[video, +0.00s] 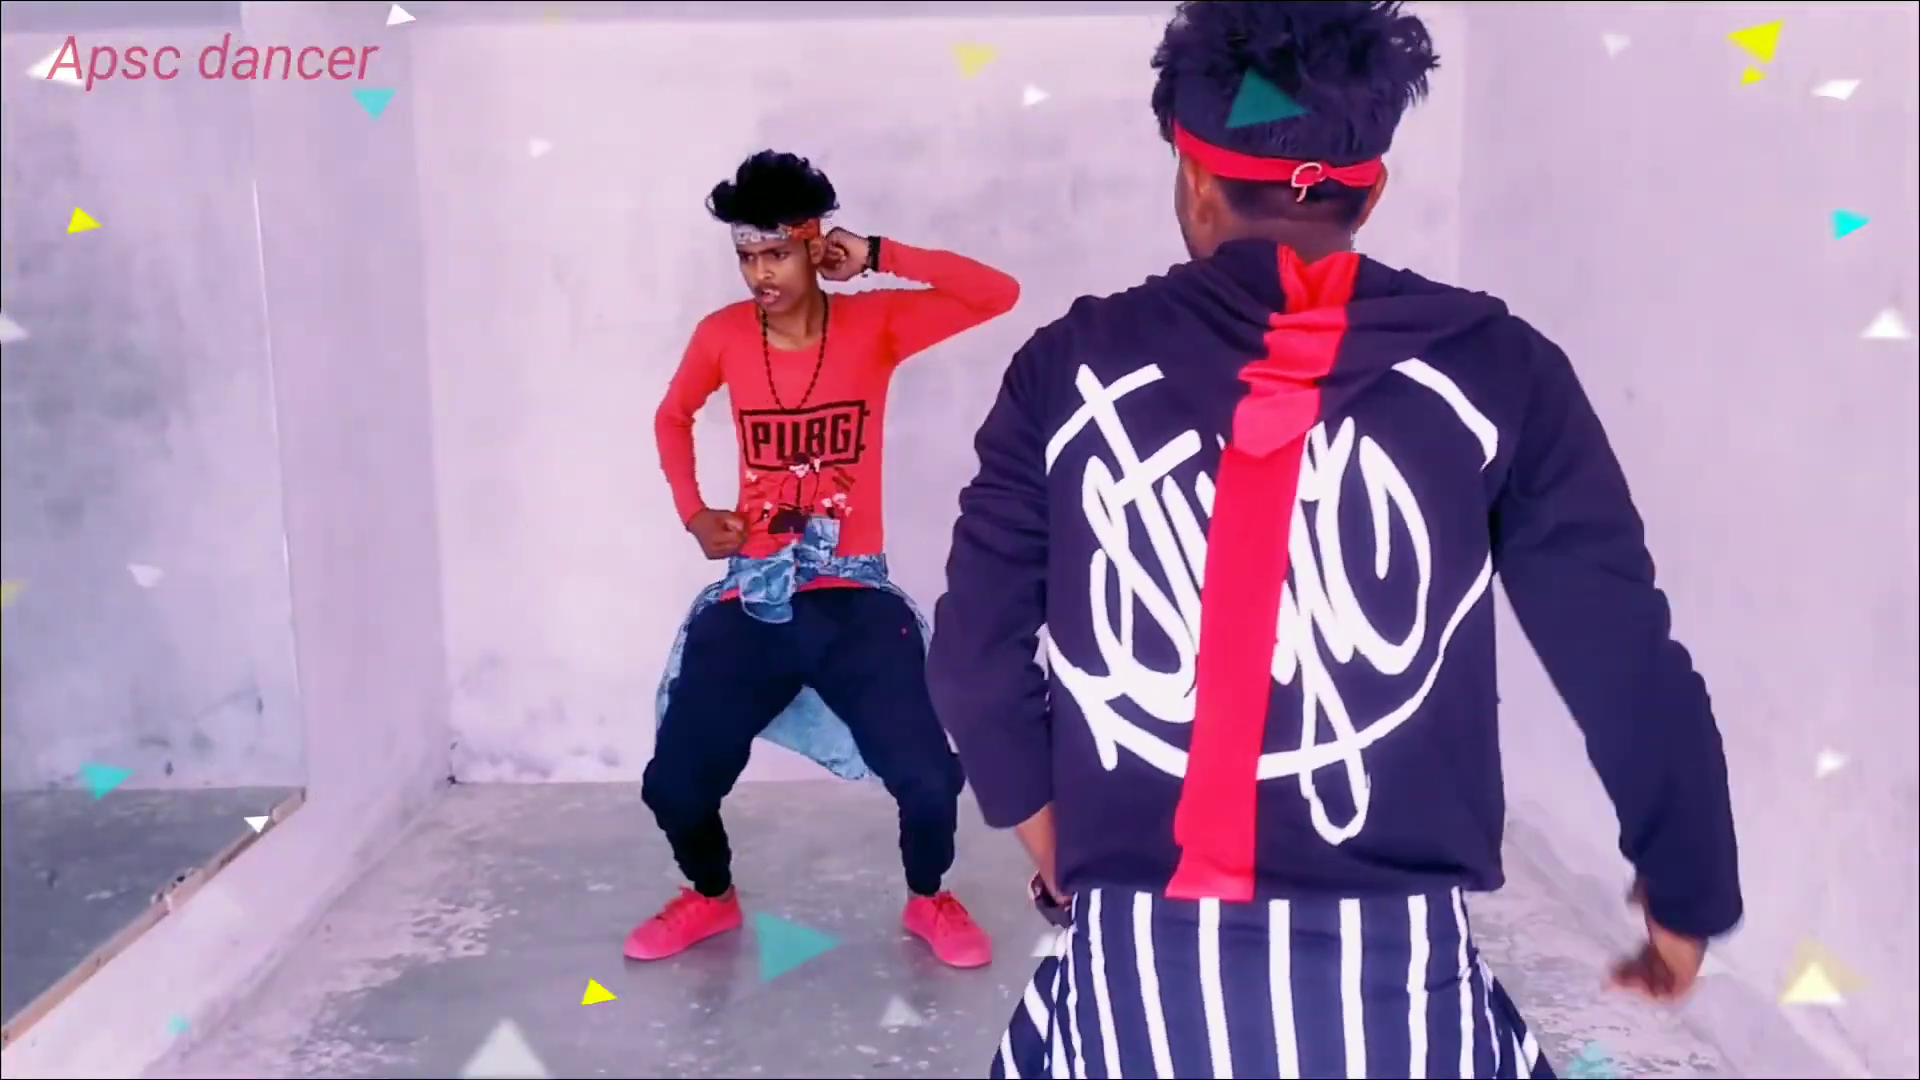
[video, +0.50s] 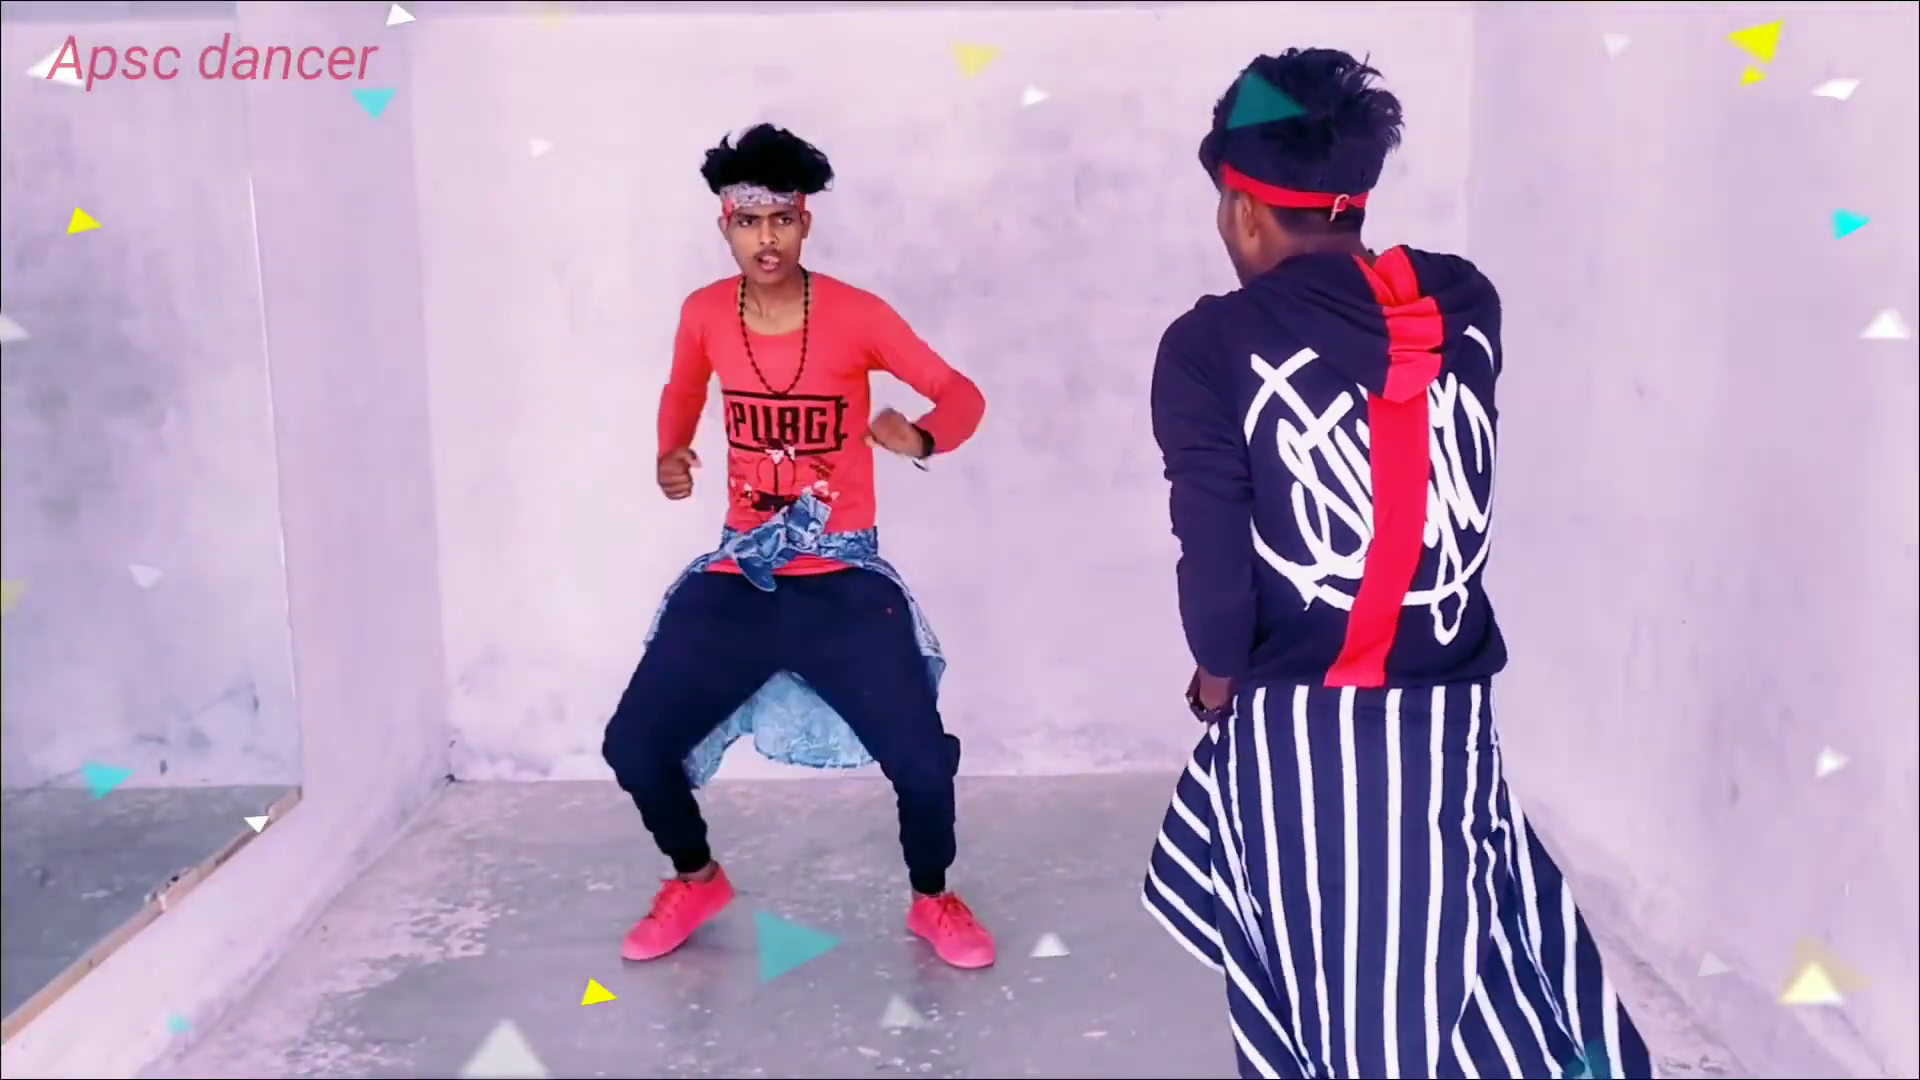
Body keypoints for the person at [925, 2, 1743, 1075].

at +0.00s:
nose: (1181, 191)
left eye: (1179, 170)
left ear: (1191, 176)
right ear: (1375, 194)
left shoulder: (1071, 366)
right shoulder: (1495, 366)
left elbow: (972, 652)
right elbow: (1625, 661)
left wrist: (1037, 811)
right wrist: (1687, 895)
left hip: (1129, 993)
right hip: (1399, 999)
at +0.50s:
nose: (1218, 222)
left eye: (1221, 199)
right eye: (1221, 197)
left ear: (1245, 207)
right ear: (1357, 202)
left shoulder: (1210, 344)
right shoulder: (1458, 308)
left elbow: (1215, 531)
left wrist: (1218, 665)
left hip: (1302, 722)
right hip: (1449, 714)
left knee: (1320, 988)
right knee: (1472, 970)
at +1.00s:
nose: (1256, 184)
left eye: (1268, 164)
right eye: (1262, 162)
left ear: (1313, 178)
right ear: (1347, 183)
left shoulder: (1318, 286)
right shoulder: (1400, 279)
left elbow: (1322, 475)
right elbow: (1299, 405)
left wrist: (1236, 599)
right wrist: (1224, 309)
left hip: (1307, 606)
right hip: (1377, 600)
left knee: (1238, 849)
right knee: (1347, 843)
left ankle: (1375, 1065)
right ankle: (1371, 1059)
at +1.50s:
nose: (1143, 186)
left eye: (1154, 168)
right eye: (1148, 166)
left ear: (1194, 174)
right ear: (1236, 177)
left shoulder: (1173, 275)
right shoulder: (1312, 279)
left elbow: (1197, 427)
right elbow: (1380, 436)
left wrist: (1148, 547)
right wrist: (1301, 527)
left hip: (1206, 562)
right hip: (1284, 563)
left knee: (1136, 783)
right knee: (1236, 775)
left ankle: (1209, 1020)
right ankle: (1333, 975)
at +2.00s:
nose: (1086, 242)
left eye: (1086, 221)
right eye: (1077, 226)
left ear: (1134, 191)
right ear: (1128, 194)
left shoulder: (1234, 260)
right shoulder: (1150, 269)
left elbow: (1236, 427)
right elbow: (1146, 390)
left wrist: (1095, 442)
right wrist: (1059, 421)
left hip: (1207, 547)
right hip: (1140, 539)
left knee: (1176, 755)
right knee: (1114, 744)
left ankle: (1215, 1001)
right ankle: (1156, 913)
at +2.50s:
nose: (1152, 174)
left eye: (1167, 158)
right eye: (1155, 156)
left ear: (1218, 165)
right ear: (1199, 165)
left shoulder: (1310, 256)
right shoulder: (1159, 268)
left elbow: (1376, 377)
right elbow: (1143, 395)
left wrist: (1344, 507)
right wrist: (1133, 512)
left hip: (1288, 526)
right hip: (1184, 530)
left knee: (1336, 716)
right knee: (1174, 723)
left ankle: (1387, 893)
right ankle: (1159, 909)